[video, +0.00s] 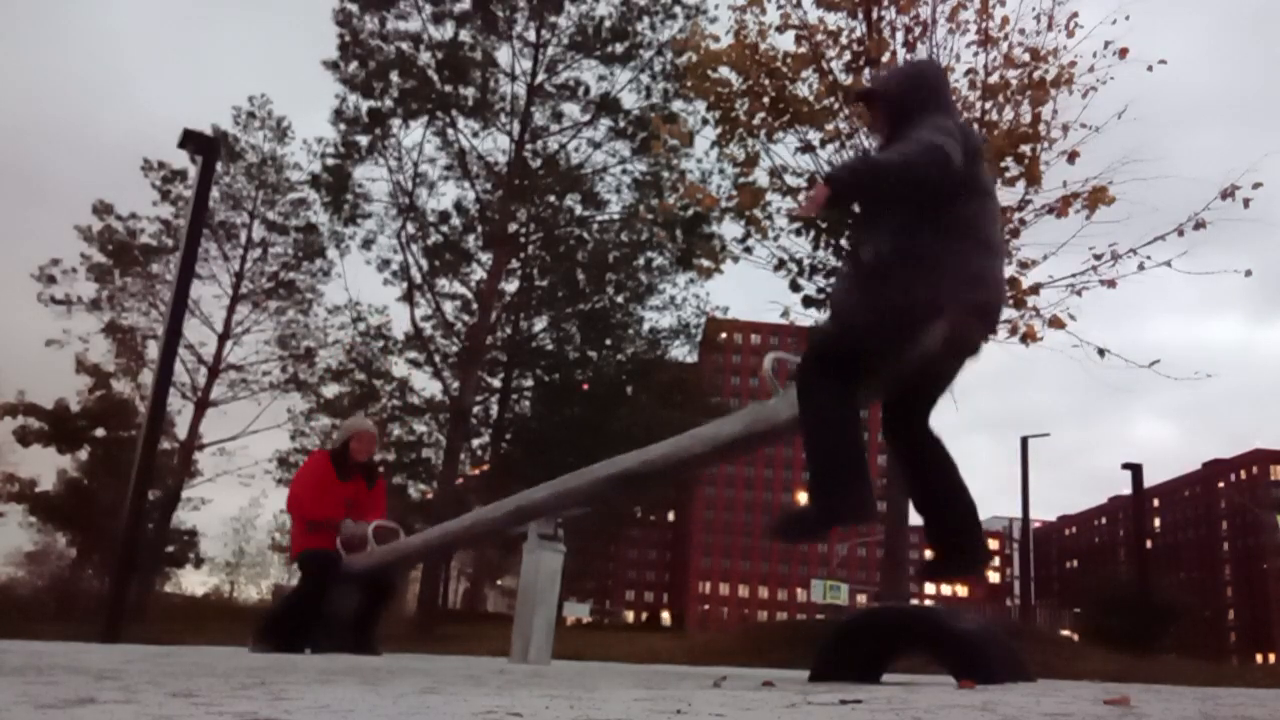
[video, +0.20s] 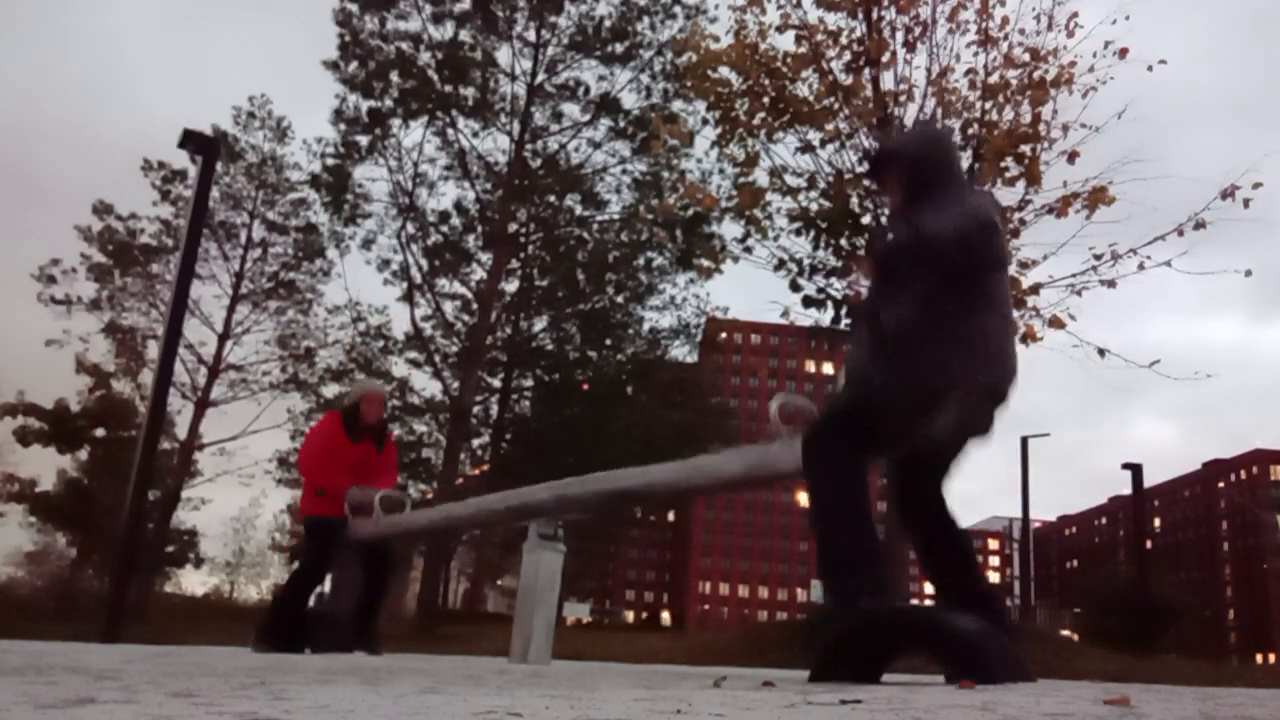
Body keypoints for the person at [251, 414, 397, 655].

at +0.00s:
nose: (366, 449)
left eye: (371, 443)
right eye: (360, 441)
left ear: (376, 447)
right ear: (347, 442)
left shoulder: (372, 478)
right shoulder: (321, 462)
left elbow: (375, 518)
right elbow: (298, 503)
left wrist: (363, 532)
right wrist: (338, 521)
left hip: (353, 548)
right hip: (315, 541)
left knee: (381, 583)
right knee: (322, 578)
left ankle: (359, 642)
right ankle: (275, 636)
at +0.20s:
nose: (378, 410)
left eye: (381, 405)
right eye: (373, 404)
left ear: (384, 408)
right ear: (358, 404)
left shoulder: (383, 440)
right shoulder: (331, 426)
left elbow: (388, 478)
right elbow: (308, 464)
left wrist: (373, 495)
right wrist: (343, 487)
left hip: (362, 517)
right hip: (323, 510)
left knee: (379, 568)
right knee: (316, 566)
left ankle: (362, 635)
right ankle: (275, 630)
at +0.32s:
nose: (382, 384)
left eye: (387, 378)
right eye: (377, 377)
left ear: (391, 381)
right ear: (363, 376)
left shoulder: (391, 414)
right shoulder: (334, 402)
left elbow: (394, 454)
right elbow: (320, 442)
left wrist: (378, 467)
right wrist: (353, 464)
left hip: (368, 492)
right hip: (329, 485)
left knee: (375, 548)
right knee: (323, 541)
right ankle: (287, 606)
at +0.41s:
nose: (385, 366)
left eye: (390, 361)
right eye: (380, 359)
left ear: (395, 364)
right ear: (367, 359)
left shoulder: (396, 395)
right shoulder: (343, 380)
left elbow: (400, 436)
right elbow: (326, 421)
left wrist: (382, 452)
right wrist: (355, 449)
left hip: (374, 473)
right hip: (334, 465)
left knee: (385, 526)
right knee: (330, 521)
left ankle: (376, 593)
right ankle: (299, 583)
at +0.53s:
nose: (389, 343)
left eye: (394, 337)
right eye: (383, 336)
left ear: (401, 343)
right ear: (372, 338)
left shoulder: (400, 374)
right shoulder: (350, 361)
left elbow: (404, 415)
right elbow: (336, 402)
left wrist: (389, 436)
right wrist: (364, 431)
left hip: (380, 454)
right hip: (342, 446)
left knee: (391, 510)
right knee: (335, 506)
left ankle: (381, 581)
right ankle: (303, 575)